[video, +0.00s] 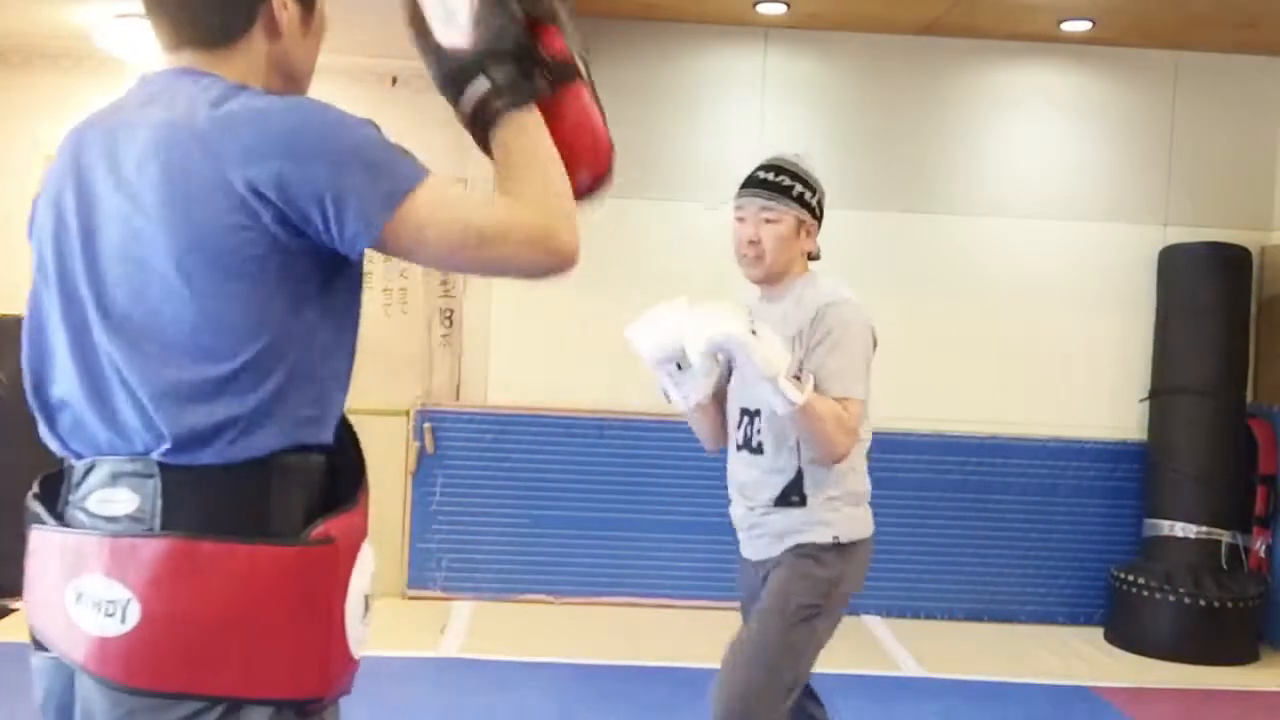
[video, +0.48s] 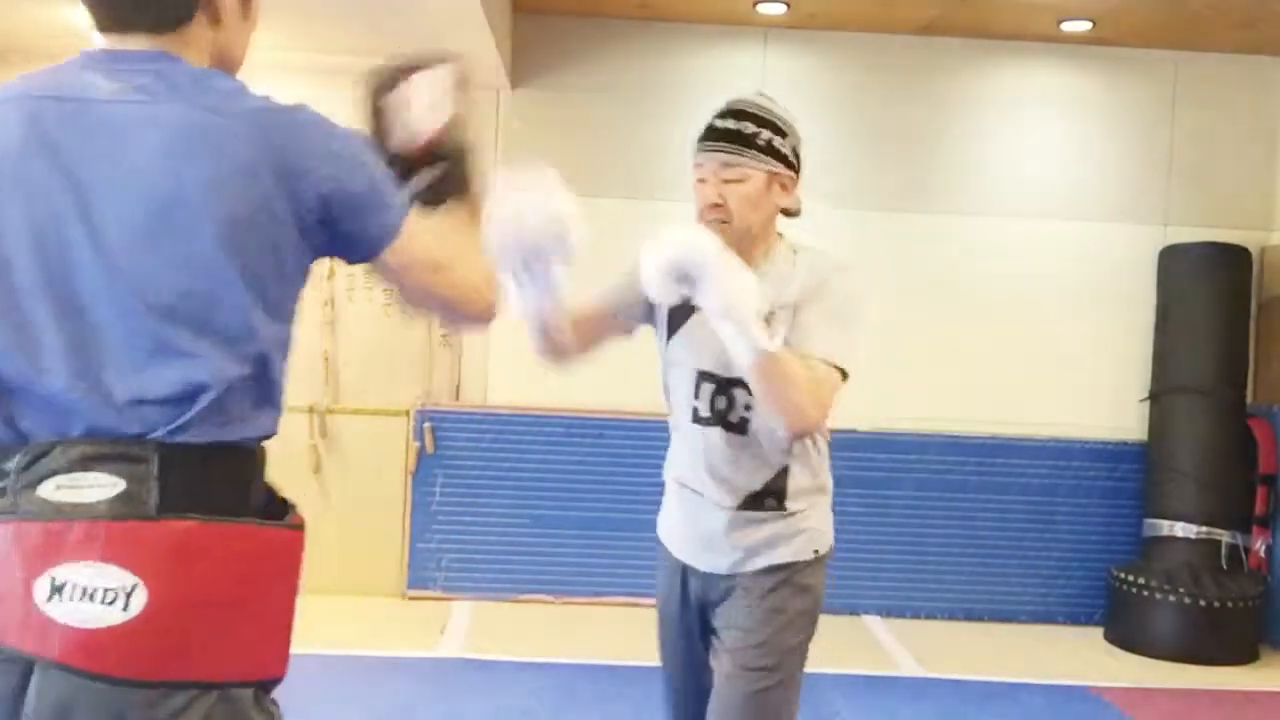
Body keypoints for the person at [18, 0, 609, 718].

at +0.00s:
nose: (321, 24)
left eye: (320, 4)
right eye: (316, 3)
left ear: (168, 21)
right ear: (280, 12)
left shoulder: (81, 148)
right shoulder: (286, 137)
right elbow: (546, 236)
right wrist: (499, 79)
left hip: (72, 563)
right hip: (221, 587)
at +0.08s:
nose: (305, 19)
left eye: (303, 1)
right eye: (300, 0)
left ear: (152, 21)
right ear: (261, 12)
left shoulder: (63, 149)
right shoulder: (274, 138)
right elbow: (540, 213)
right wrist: (473, 66)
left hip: (56, 556)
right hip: (211, 573)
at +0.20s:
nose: (293, 21)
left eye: (291, 6)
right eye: (287, 5)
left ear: (141, 22)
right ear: (249, 12)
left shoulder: (35, 155)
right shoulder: (275, 135)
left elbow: (13, 408)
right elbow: (532, 210)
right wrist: (460, 68)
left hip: (43, 548)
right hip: (211, 563)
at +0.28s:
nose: (287, 23)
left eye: (286, 10)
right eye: (283, 9)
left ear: (138, 23)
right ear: (250, 13)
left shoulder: (30, 142)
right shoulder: (306, 134)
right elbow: (516, 243)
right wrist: (476, 108)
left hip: (29, 534)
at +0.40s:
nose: (275, 19)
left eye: (276, 6)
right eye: (274, 4)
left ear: (124, 13)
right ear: (243, 7)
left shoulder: (20, 117)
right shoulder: (305, 137)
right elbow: (492, 269)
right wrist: (476, 155)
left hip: (17, 503)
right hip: (195, 515)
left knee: (26, 704)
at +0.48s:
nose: (252, 21)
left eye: (251, 6)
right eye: (249, 5)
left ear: (103, 15)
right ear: (216, 6)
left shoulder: (14, 113)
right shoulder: (283, 139)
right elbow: (472, 295)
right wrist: (443, 176)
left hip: (23, 499)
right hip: (199, 507)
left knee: (31, 701)